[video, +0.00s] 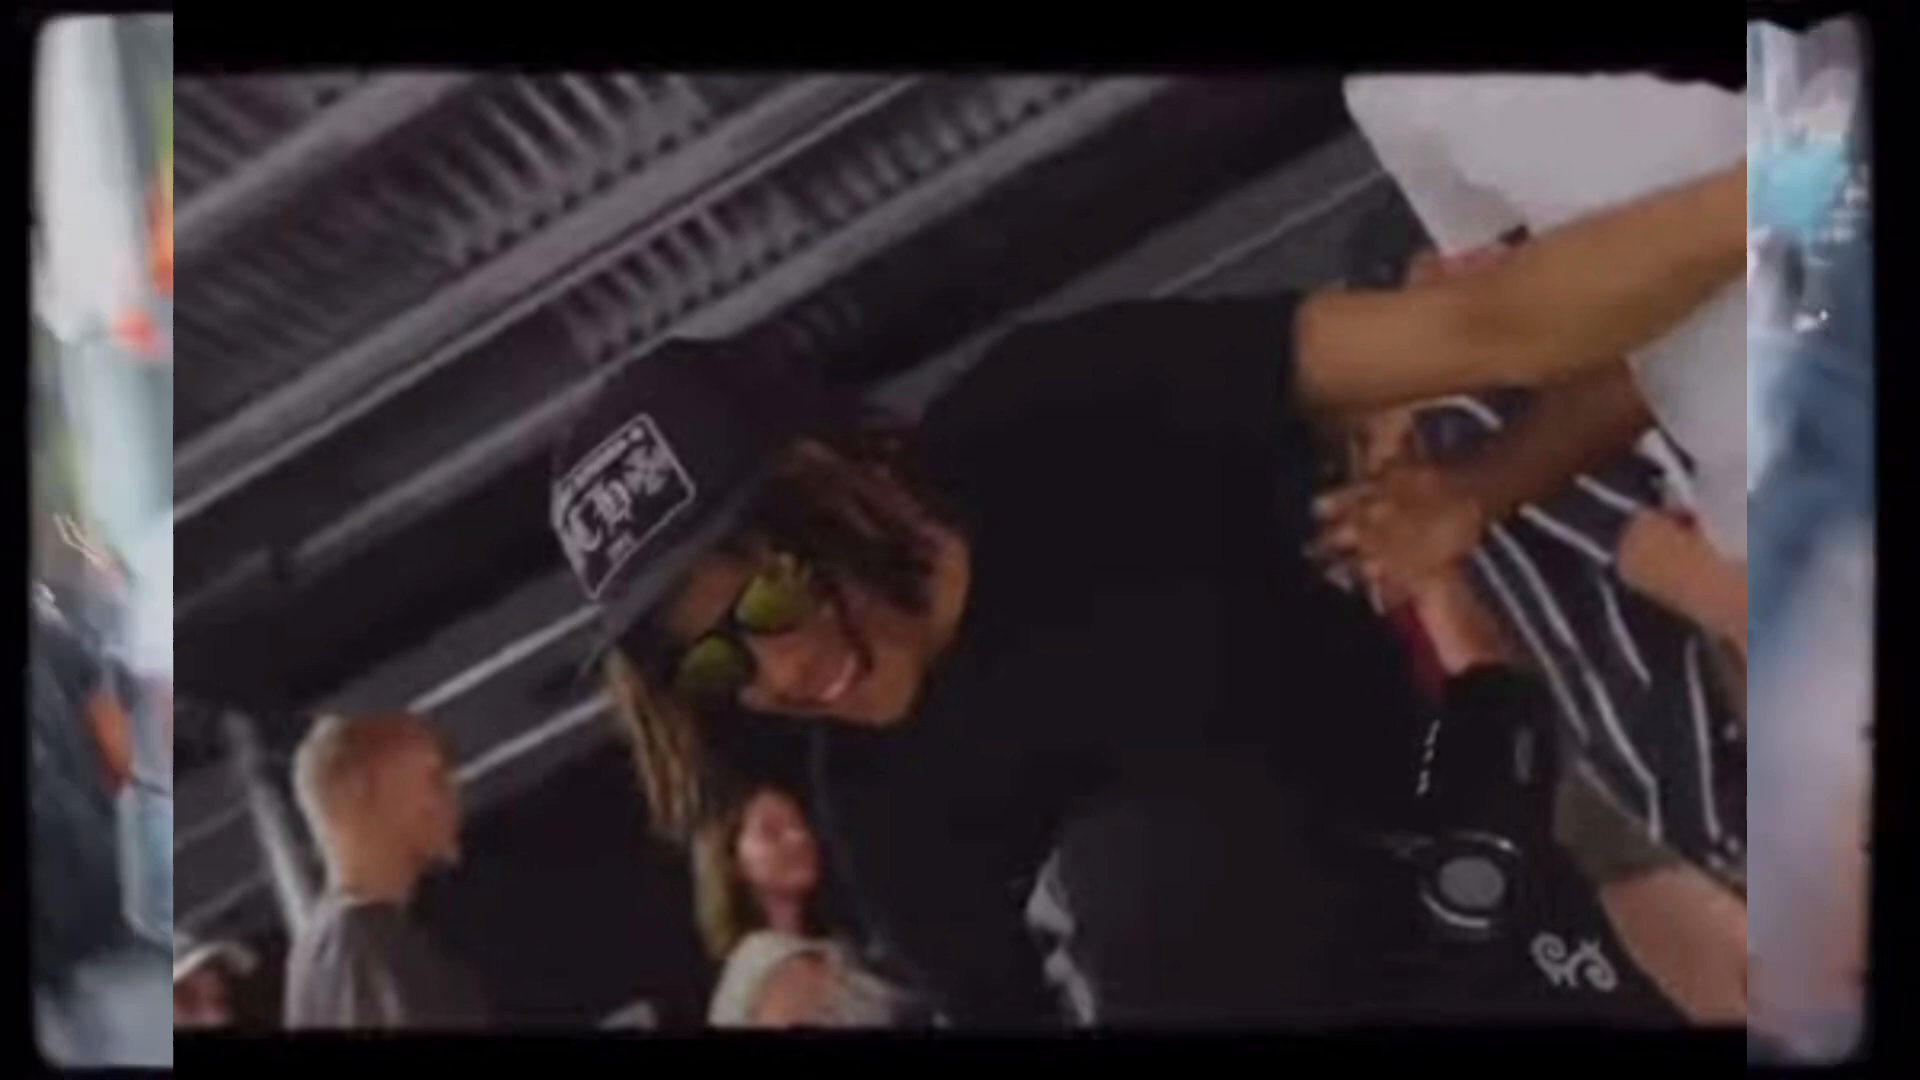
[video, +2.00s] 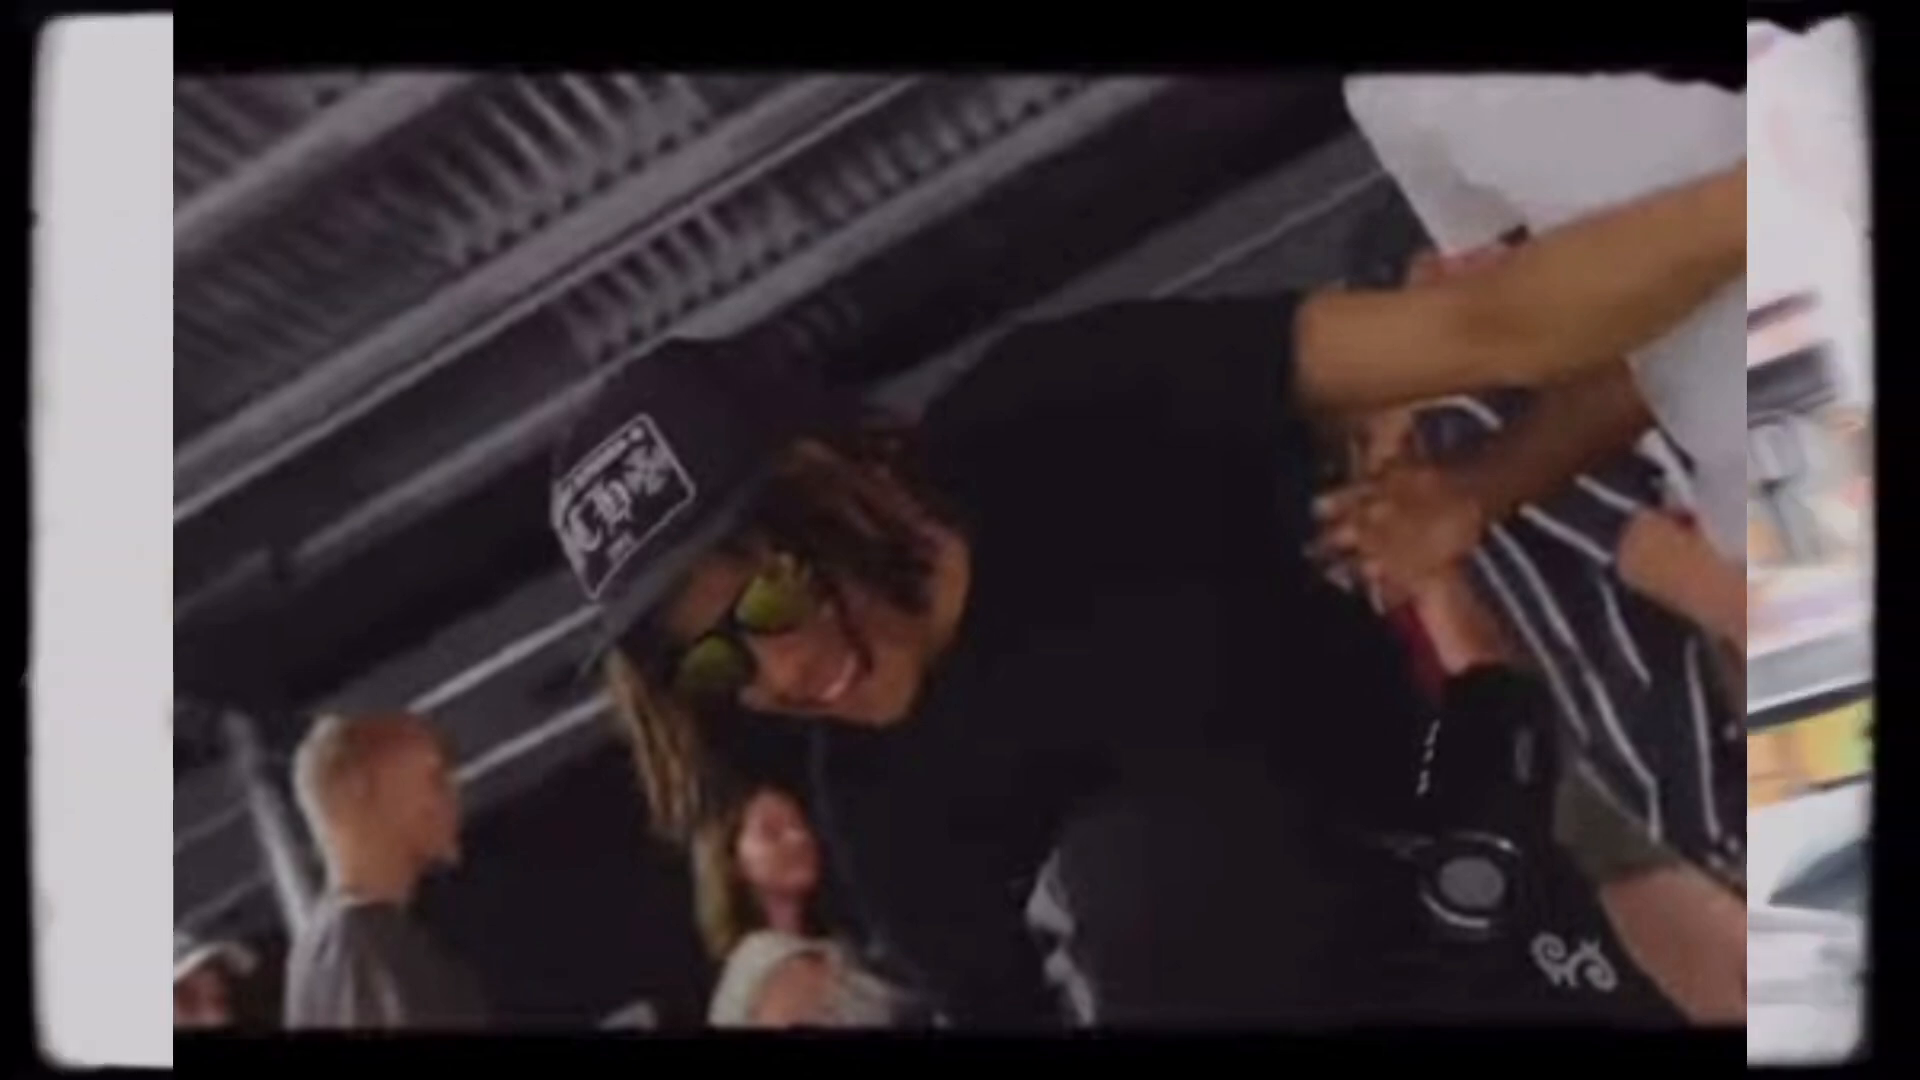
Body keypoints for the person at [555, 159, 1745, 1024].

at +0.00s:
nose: (768, 656)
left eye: (760, 581)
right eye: (708, 654)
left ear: (834, 475)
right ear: (687, 686)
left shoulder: (1053, 403)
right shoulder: (888, 847)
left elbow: (1467, 331)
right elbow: (1038, 1025)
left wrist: (1784, 188)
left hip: (1482, 835)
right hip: (1263, 973)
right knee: (1136, 864)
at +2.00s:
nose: (767, 658)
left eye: (759, 583)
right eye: (707, 655)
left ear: (833, 477)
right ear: (686, 686)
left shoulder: (1050, 404)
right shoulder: (888, 846)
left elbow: (1469, 328)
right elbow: (1038, 1026)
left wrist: (1787, 188)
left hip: (1483, 841)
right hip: (1258, 972)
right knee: (1135, 865)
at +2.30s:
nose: (768, 656)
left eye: (760, 581)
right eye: (708, 654)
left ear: (835, 475)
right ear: (686, 685)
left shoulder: (1053, 403)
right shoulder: (889, 848)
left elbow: (1470, 329)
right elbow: (1039, 1025)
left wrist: (1792, 183)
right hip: (1257, 973)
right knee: (1137, 863)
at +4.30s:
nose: (766, 660)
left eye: (760, 585)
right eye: (707, 656)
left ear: (834, 478)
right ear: (684, 685)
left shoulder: (1053, 403)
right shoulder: (887, 844)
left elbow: (1471, 328)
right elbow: (1029, 1025)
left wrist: (1767, 197)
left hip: (1473, 852)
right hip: (1236, 976)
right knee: (1134, 868)